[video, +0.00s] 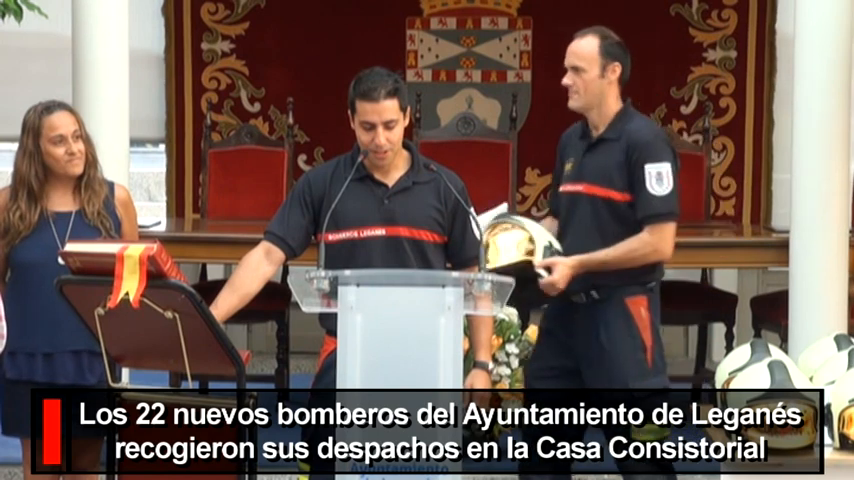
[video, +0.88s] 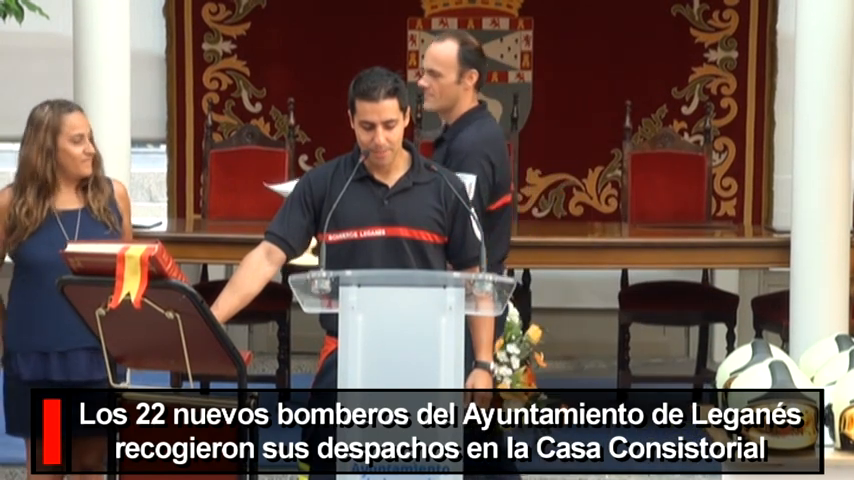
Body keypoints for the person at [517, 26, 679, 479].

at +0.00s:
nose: (565, 80)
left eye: (576, 71)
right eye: (565, 70)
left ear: (612, 73)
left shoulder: (646, 140)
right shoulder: (570, 140)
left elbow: (660, 242)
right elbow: (563, 218)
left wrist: (576, 264)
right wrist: (527, 240)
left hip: (621, 312)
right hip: (564, 311)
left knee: (639, 451)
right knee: (542, 446)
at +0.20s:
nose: (532, 74)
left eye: (543, 65)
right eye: (533, 64)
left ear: (579, 70)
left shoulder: (600, 135)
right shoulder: (546, 134)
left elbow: (603, 241)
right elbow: (532, 214)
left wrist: (521, 261)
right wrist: (484, 236)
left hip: (574, 303)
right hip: (530, 301)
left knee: (587, 442)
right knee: (521, 438)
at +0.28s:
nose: (521, 73)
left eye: (532, 64)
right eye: (522, 63)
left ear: (567, 69)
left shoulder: (585, 134)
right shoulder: (544, 132)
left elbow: (584, 240)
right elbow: (526, 213)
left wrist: (500, 259)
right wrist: (465, 232)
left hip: (559, 295)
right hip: (524, 290)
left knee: (553, 430)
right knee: (514, 424)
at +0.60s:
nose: (477, 75)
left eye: (488, 66)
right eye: (478, 64)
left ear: (522, 72)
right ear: (516, 71)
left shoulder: (533, 135)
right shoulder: (511, 128)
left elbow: (521, 241)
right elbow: (495, 220)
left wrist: (455, 254)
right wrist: (453, 246)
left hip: (522, 289)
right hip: (500, 283)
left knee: (506, 411)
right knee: (499, 408)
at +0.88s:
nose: (421, 81)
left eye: (433, 74)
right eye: (423, 71)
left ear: (469, 80)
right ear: (465, 80)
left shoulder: (471, 145)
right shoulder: (460, 131)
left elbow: (456, 242)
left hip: (472, 301)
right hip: (464, 295)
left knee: (471, 420)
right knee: (467, 417)